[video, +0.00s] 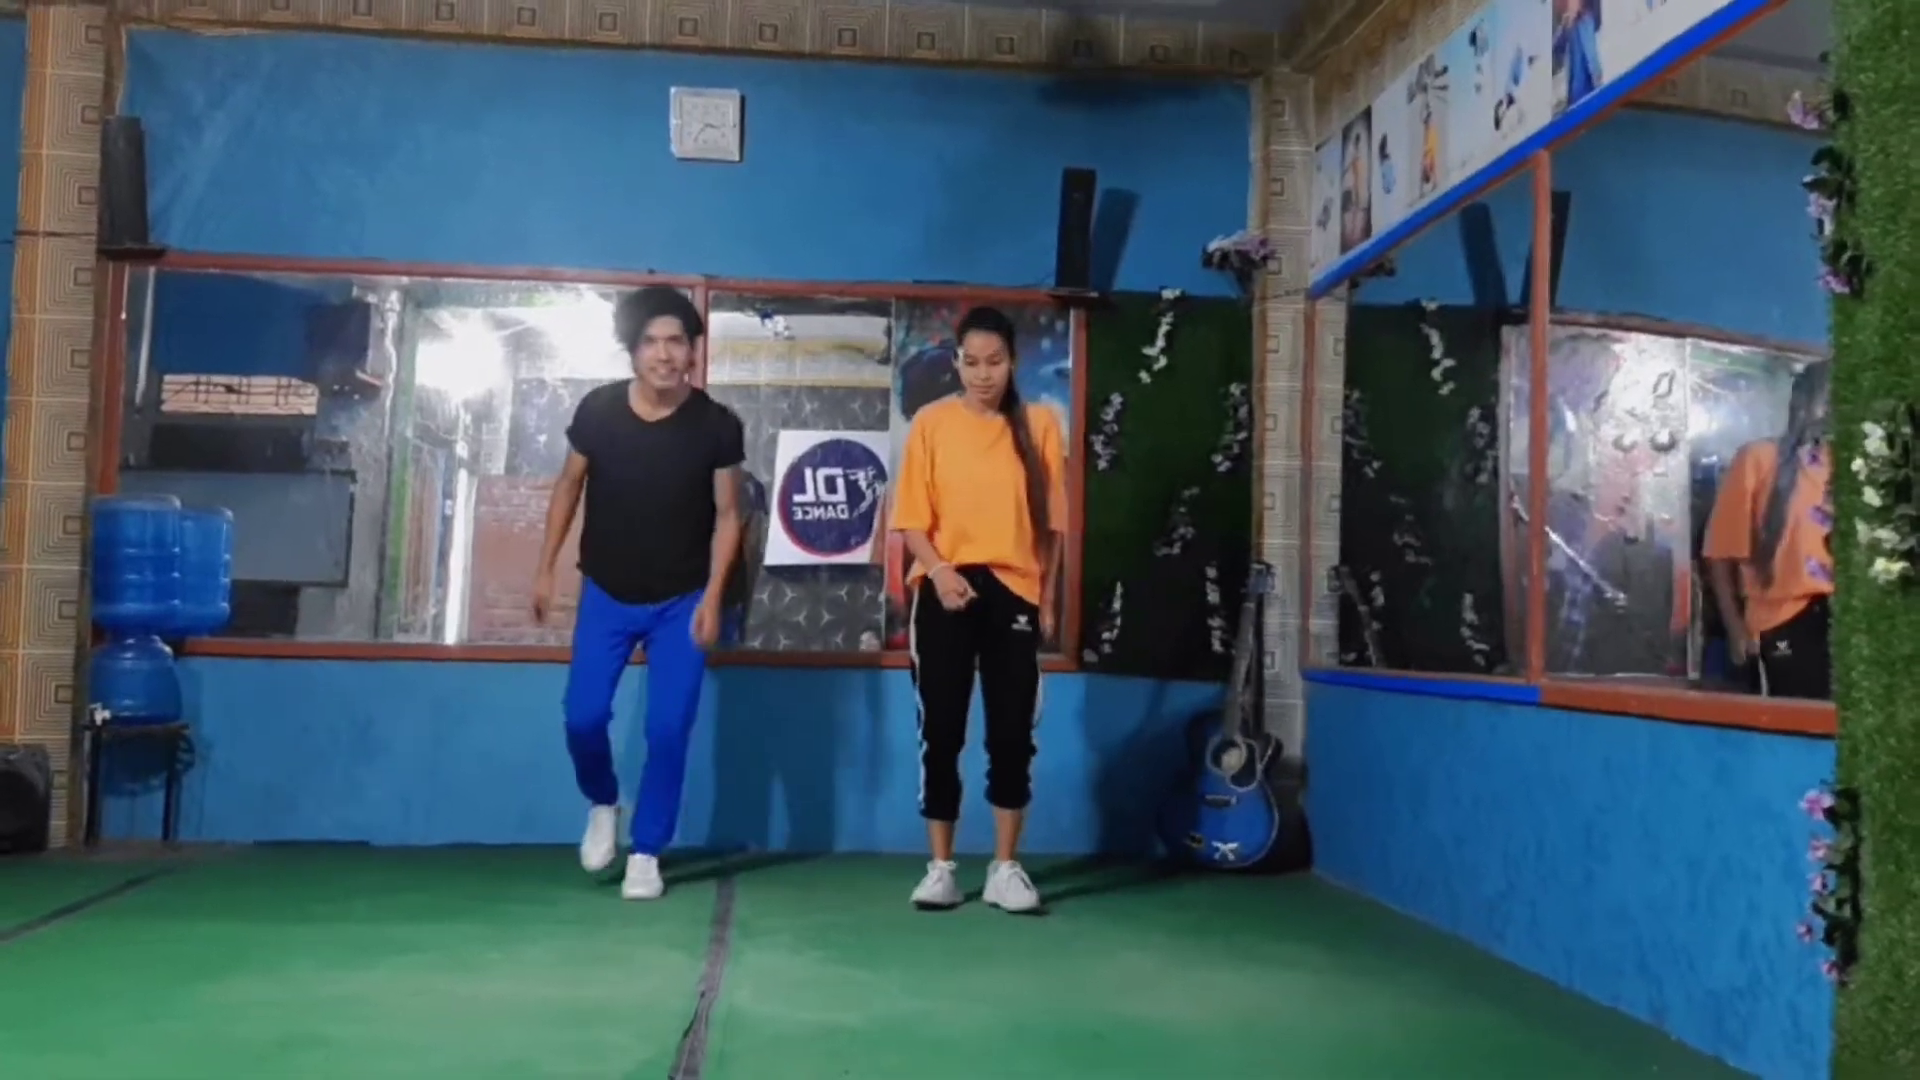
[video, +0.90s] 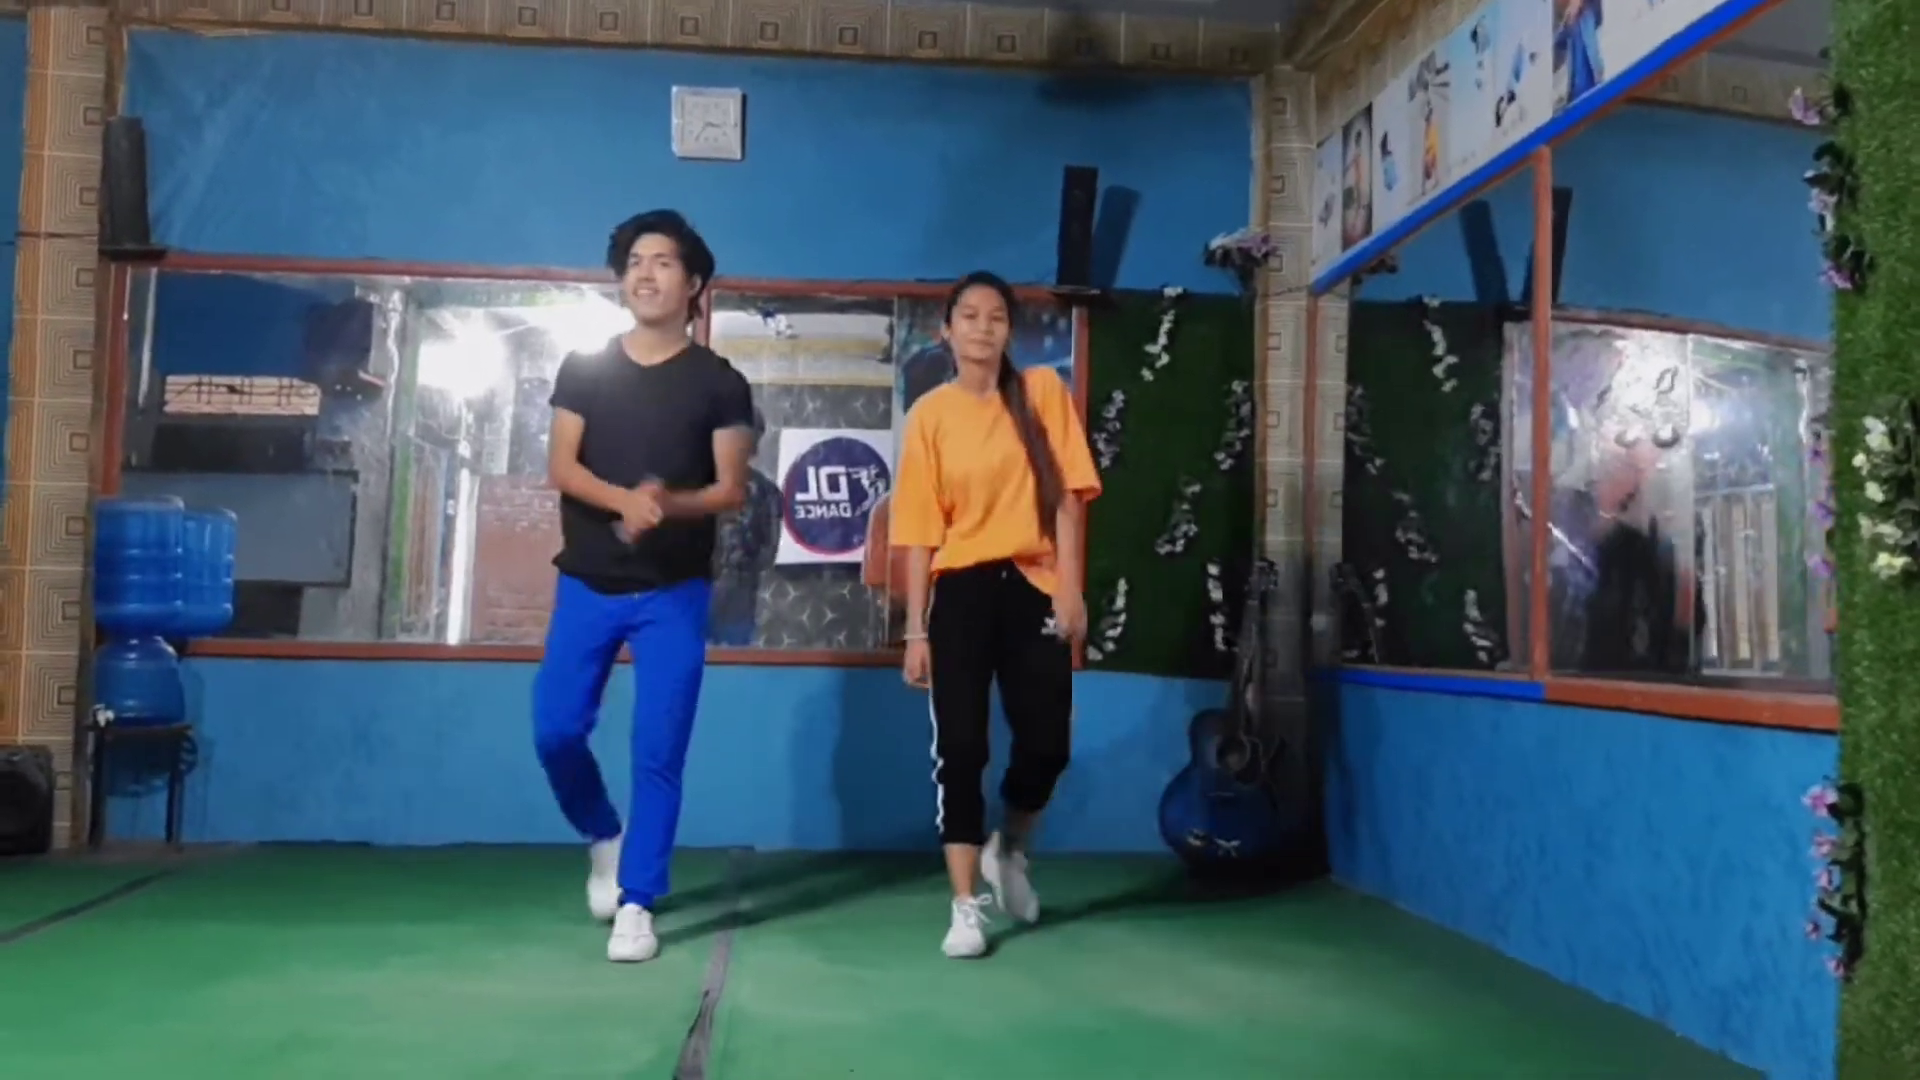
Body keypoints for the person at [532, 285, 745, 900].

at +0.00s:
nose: (667, 354)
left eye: (678, 342)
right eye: (653, 342)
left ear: (694, 351)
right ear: (630, 350)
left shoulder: (717, 425)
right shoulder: (598, 411)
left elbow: (728, 516)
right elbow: (569, 485)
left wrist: (713, 597)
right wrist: (546, 569)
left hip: (683, 602)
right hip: (606, 596)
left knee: (669, 730)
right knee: (582, 718)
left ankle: (646, 854)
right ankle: (603, 804)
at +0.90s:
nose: (647, 276)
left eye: (664, 264)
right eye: (636, 264)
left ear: (695, 284)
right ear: (621, 281)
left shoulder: (720, 382)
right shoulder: (585, 368)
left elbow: (732, 490)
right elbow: (564, 469)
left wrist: (667, 503)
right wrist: (622, 500)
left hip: (672, 594)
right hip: (586, 589)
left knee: (658, 753)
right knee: (555, 734)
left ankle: (638, 905)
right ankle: (605, 836)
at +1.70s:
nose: (618, 272)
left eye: (630, 259)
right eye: (601, 259)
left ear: (644, 273)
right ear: (573, 274)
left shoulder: (672, 358)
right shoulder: (539, 362)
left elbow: (768, 410)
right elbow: (459, 428)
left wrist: (682, 425)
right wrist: (557, 438)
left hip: (654, 585)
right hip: (563, 587)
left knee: (658, 729)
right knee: (570, 746)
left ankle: (627, 892)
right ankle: (574, 898)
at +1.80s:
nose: (626, 269)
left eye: (640, 257)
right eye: (611, 256)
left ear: (656, 272)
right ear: (583, 271)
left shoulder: (683, 359)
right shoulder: (546, 356)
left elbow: (770, 421)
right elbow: (457, 423)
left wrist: (838, 386)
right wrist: (423, 380)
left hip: (657, 587)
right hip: (567, 585)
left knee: (639, 748)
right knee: (572, 748)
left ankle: (620, 904)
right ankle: (578, 895)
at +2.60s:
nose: (624, 265)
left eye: (638, 251)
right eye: (609, 252)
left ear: (662, 265)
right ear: (588, 269)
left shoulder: (699, 345)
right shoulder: (563, 355)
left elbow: (793, 401)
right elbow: (472, 404)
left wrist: (784, 336)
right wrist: (419, 335)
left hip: (665, 575)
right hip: (579, 565)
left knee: (655, 727)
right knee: (496, 685)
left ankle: (673, 865)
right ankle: (538, 844)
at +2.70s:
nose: (614, 261)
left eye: (628, 246)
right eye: (597, 248)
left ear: (652, 260)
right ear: (578, 263)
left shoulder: (691, 341)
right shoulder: (550, 350)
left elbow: (778, 402)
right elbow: (466, 400)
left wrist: (724, 427)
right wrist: (449, 417)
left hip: (656, 558)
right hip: (570, 556)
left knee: (628, 690)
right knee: (521, 709)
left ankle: (618, 840)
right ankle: (537, 884)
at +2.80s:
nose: (604, 271)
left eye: (618, 256)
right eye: (588, 258)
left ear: (642, 271)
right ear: (569, 275)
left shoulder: (682, 362)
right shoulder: (549, 368)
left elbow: (736, 464)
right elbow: (505, 470)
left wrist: (700, 535)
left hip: (628, 587)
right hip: (549, 583)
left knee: (586, 736)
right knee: (528, 740)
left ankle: (598, 892)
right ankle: (553, 898)